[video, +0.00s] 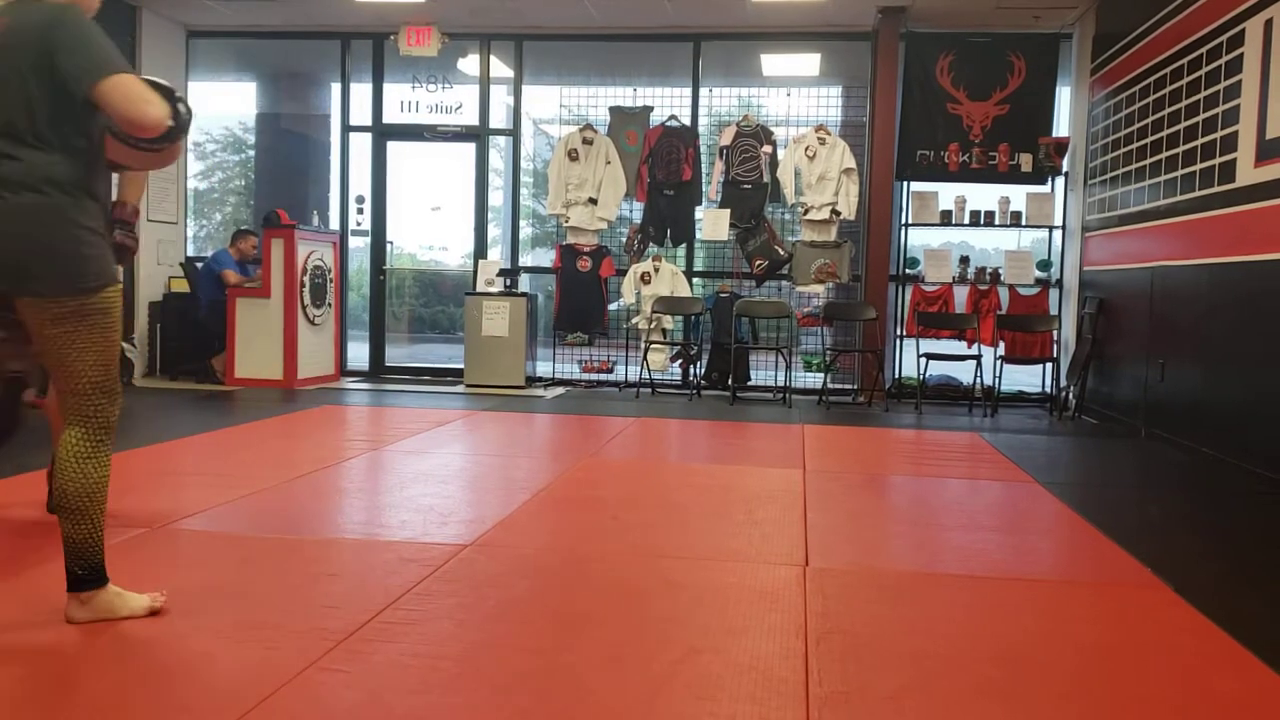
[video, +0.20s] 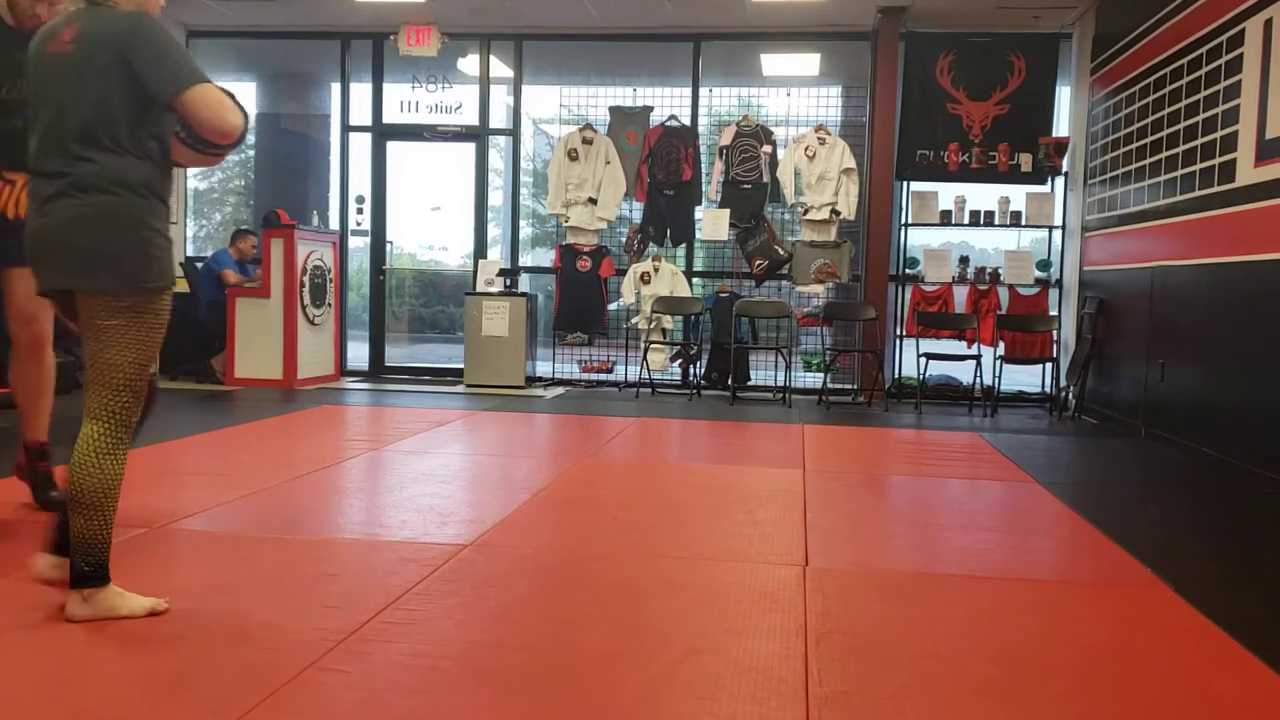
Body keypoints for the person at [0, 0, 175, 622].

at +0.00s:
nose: (101, 5)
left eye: (101, 4)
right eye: (98, 1)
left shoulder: (18, 25)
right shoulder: (57, 23)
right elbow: (147, 118)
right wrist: (161, 101)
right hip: (53, 240)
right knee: (88, 416)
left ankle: (86, 585)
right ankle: (88, 588)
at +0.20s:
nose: (165, 6)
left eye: (164, 2)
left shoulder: (47, 39)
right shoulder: (137, 29)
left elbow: (83, 133)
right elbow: (224, 123)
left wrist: (177, 148)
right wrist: (149, 127)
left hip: (54, 239)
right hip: (124, 240)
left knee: (119, 397)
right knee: (110, 414)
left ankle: (62, 548)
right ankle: (91, 587)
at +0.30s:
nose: (190, 7)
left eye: (189, 1)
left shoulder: (75, 48)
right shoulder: (170, 37)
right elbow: (255, 132)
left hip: (87, 241)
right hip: (153, 240)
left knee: (171, 391)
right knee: (119, 415)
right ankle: (90, 585)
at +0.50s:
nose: (242, 12)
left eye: (239, 3)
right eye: (236, 4)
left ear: (175, 13)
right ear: (217, 7)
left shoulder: (140, 72)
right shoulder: (228, 55)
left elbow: (144, 162)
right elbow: (306, 144)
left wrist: (244, 157)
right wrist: (263, 147)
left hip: (156, 249)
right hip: (214, 249)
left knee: (228, 393)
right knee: (170, 411)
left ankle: (243, 547)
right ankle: (98, 573)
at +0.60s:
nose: (268, 12)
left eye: (266, 3)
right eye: (263, 4)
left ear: (202, 13)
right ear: (245, 7)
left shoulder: (173, 73)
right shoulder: (254, 55)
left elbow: (200, 159)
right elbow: (326, 143)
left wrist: (283, 160)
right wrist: (319, 153)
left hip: (188, 251)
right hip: (244, 253)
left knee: (242, 398)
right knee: (233, 405)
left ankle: (244, 547)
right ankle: (133, 542)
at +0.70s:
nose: (294, 17)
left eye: (291, 8)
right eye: (290, 7)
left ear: (231, 15)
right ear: (269, 9)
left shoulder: (205, 73)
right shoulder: (274, 57)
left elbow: (234, 158)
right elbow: (340, 141)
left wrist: (310, 165)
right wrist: (350, 137)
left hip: (209, 254)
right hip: (270, 255)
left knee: (248, 394)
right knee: (304, 395)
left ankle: (243, 545)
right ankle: (201, 522)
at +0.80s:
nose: (321, 20)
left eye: (319, 10)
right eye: (317, 10)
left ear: (256, 17)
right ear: (295, 12)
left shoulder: (232, 76)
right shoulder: (296, 63)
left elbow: (267, 154)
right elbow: (357, 147)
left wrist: (338, 168)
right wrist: (375, 140)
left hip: (231, 251)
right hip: (292, 252)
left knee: (258, 389)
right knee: (348, 385)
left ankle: (243, 548)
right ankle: (288, 529)